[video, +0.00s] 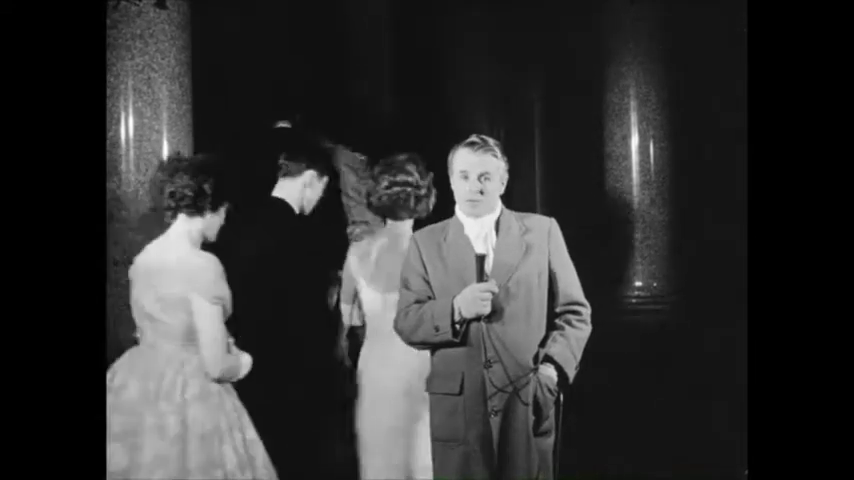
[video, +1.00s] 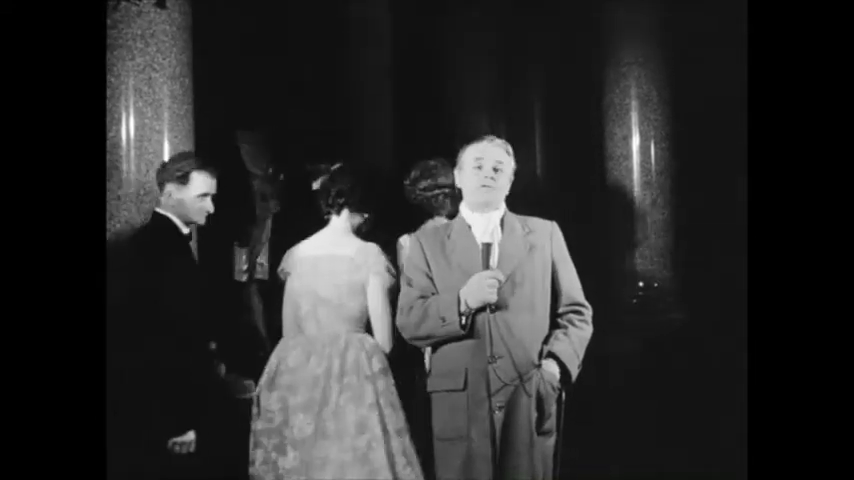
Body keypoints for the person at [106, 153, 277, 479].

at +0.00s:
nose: (224, 220)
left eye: (225, 211)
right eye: (223, 211)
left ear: (178, 204)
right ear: (208, 208)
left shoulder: (143, 260)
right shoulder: (204, 266)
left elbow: (146, 333)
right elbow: (217, 365)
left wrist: (217, 344)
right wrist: (244, 362)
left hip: (143, 373)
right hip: (191, 385)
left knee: (144, 468)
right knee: (197, 470)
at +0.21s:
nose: (273, 226)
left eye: (273, 218)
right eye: (272, 217)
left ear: (226, 210)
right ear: (259, 215)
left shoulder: (186, 262)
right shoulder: (257, 270)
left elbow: (187, 339)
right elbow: (271, 367)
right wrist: (289, 362)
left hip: (182, 377)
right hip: (237, 388)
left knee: (179, 470)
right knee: (241, 471)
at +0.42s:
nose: (313, 220)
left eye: (315, 212)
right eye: (313, 211)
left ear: (268, 203)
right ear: (301, 210)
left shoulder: (230, 252)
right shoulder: (301, 262)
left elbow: (222, 331)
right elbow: (315, 356)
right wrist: (326, 351)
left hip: (222, 374)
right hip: (277, 381)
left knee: (220, 469)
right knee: (281, 470)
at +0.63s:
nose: (341, 217)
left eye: (344, 208)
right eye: (342, 207)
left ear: (297, 197)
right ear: (331, 205)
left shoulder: (255, 248)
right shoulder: (334, 257)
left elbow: (243, 324)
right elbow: (348, 349)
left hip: (252, 367)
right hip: (308, 370)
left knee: (247, 467)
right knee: (310, 467)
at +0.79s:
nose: (352, 220)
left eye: (353, 211)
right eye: (352, 211)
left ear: (311, 204)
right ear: (346, 209)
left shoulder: (273, 252)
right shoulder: (353, 259)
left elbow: (262, 326)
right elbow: (363, 349)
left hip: (271, 370)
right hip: (327, 374)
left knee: (267, 467)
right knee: (330, 467)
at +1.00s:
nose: (371, 215)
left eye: (370, 206)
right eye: (369, 207)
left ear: (329, 203)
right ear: (363, 209)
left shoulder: (296, 254)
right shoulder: (370, 255)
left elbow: (288, 331)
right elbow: (384, 340)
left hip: (299, 370)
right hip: (352, 373)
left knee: (297, 467)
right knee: (355, 466)